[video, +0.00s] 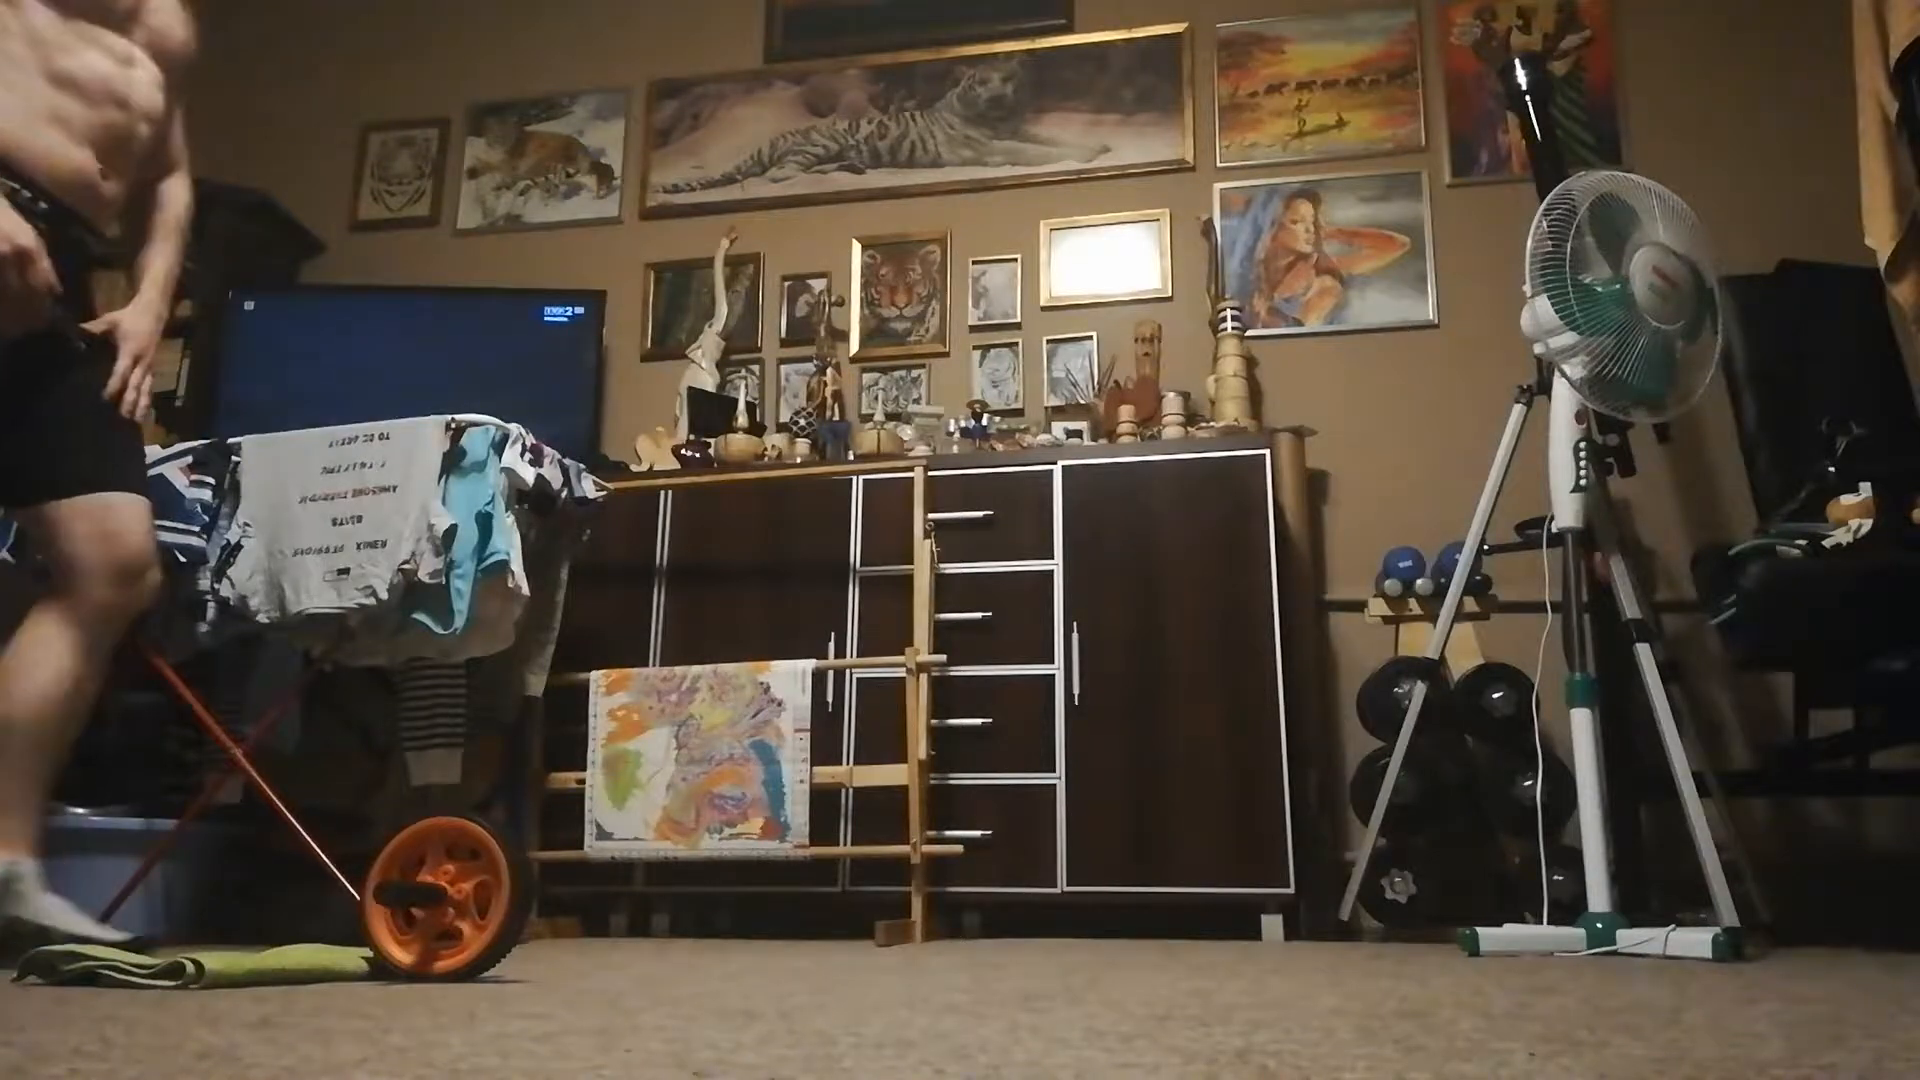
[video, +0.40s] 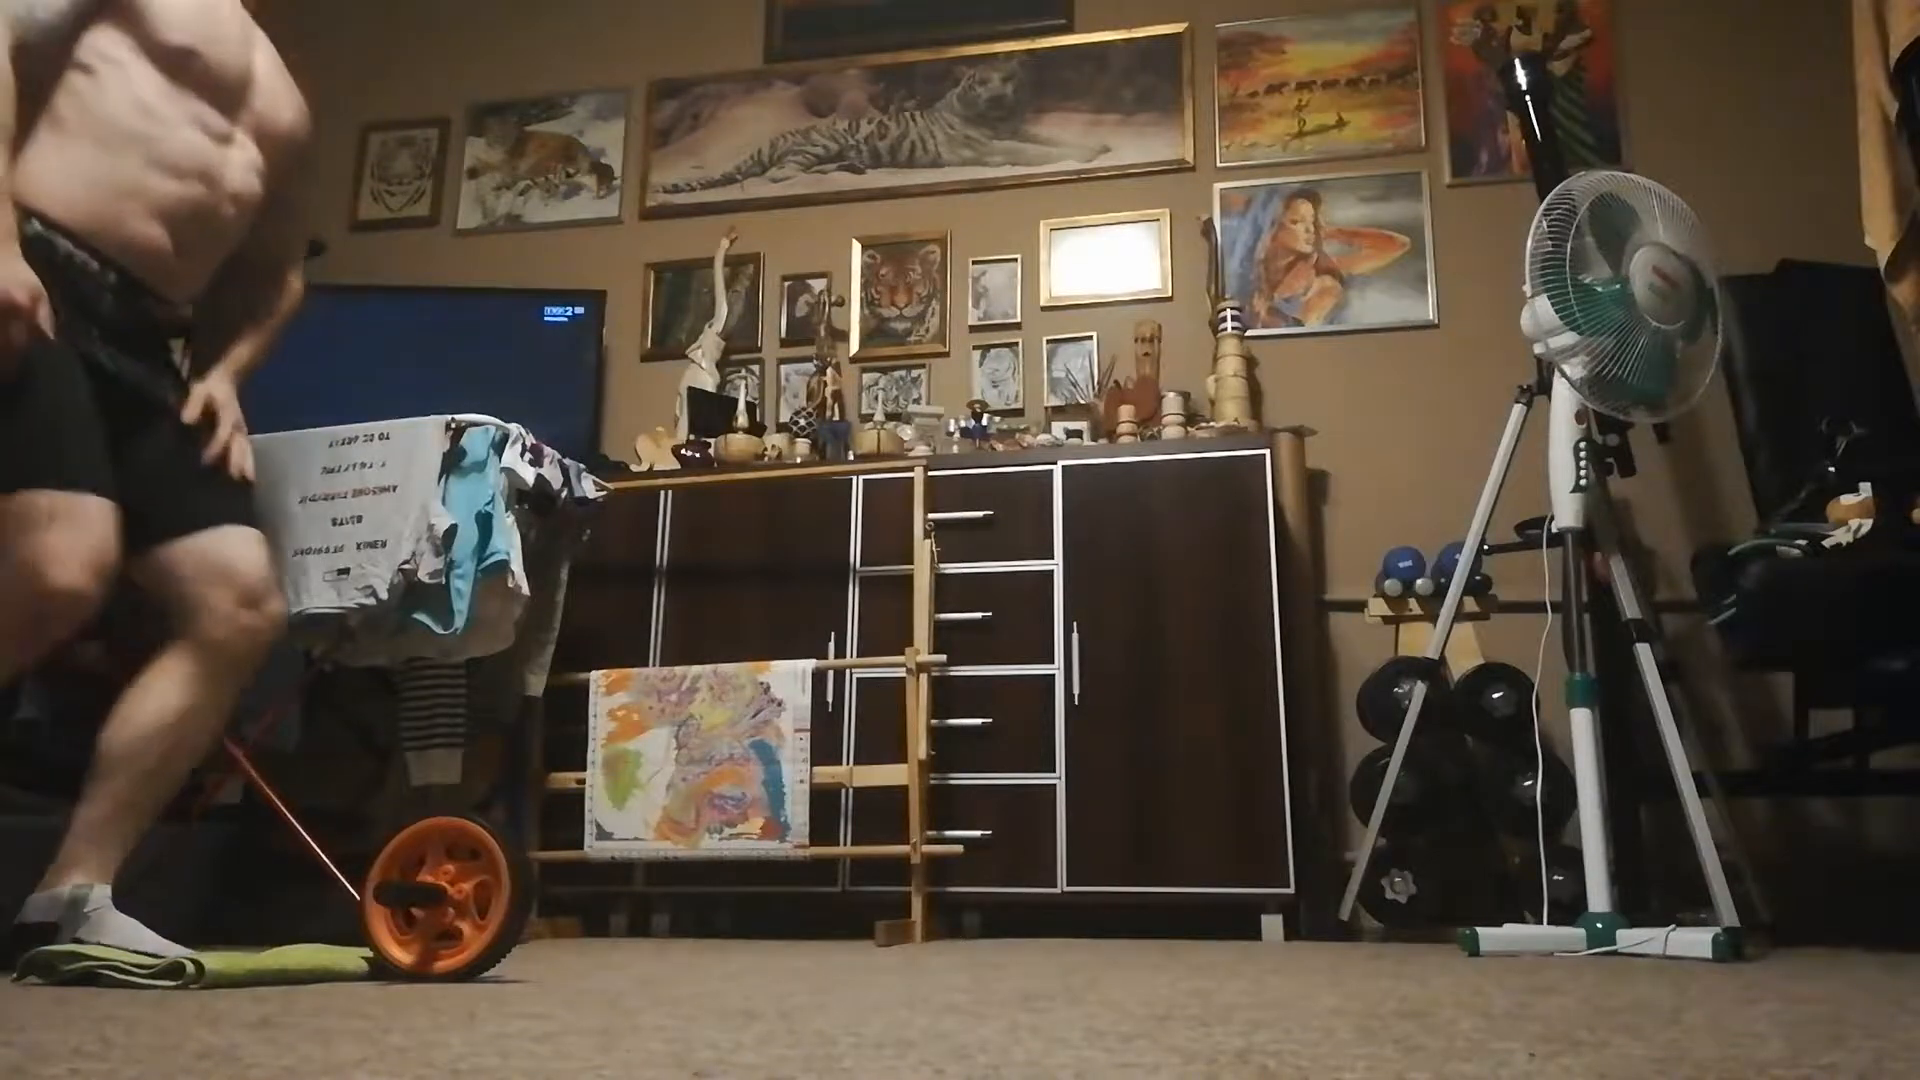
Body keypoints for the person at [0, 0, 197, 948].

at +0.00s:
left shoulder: (161, 28)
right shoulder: (27, 16)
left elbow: (171, 170)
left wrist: (150, 300)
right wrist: (3, 211)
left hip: (69, 277)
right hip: (8, 241)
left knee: (111, 563)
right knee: (101, 563)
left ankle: (12, 868)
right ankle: (13, 869)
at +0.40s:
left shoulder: (289, 110)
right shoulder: (106, 5)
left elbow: (279, 265)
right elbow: (9, 52)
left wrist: (228, 369)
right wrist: (2, 242)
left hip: (151, 347)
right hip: (34, 273)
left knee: (239, 607)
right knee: (58, 568)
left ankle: (73, 892)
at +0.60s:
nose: (370, 84)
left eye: (383, 67)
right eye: (357, 48)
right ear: (280, 14)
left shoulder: (308, 230)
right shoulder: (143, 48)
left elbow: (289, 382)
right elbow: (17, 156)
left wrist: (234, 468)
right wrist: (35, 369)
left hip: (152, 451)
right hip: (42, 394)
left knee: (317, 665)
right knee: (105, 690)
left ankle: (78, 896)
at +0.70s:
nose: (370, 149)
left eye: (385, 131)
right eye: (357, 113)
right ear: (280, 72)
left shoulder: (305, 272)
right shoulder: (149, 112)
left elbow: (280, 424)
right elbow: (17, 220)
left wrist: (229, 509)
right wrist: (53, 450)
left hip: (150, 505)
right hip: (43, 463)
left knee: (342, 687)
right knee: (125, 751)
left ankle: (82, 889)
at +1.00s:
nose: (345, 206)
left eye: (357, 188)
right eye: (326, 173)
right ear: (244, 136)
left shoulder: (278, 300)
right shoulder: (117, 191)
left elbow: (257, 464)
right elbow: (15, 347)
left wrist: (238, 569)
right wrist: (55, 584)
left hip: (175, 605)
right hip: (54, 583)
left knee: (404, 730)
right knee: (145, 903)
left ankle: (117, 851)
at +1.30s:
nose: (344, 107)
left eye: (357, 83)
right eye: (322, 67)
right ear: (235, 25)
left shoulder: (282, 238)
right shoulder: (90, 136)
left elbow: (255, 409)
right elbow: (11, 339)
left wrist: (301, 535)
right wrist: (64, 590)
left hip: (229, 563)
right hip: (99, 548)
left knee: (437, 735)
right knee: (152, 920)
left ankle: (163, 834)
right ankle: (18, 880)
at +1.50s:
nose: (341, 50)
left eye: (346, 26)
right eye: (325, 16)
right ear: (237, 7)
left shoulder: (305, 201)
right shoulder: (78, 109)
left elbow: (308, 393)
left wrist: (389, 540)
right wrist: (22, 577)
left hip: (266, 553)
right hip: (120, 540)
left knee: (363, 822)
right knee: (152, 923)